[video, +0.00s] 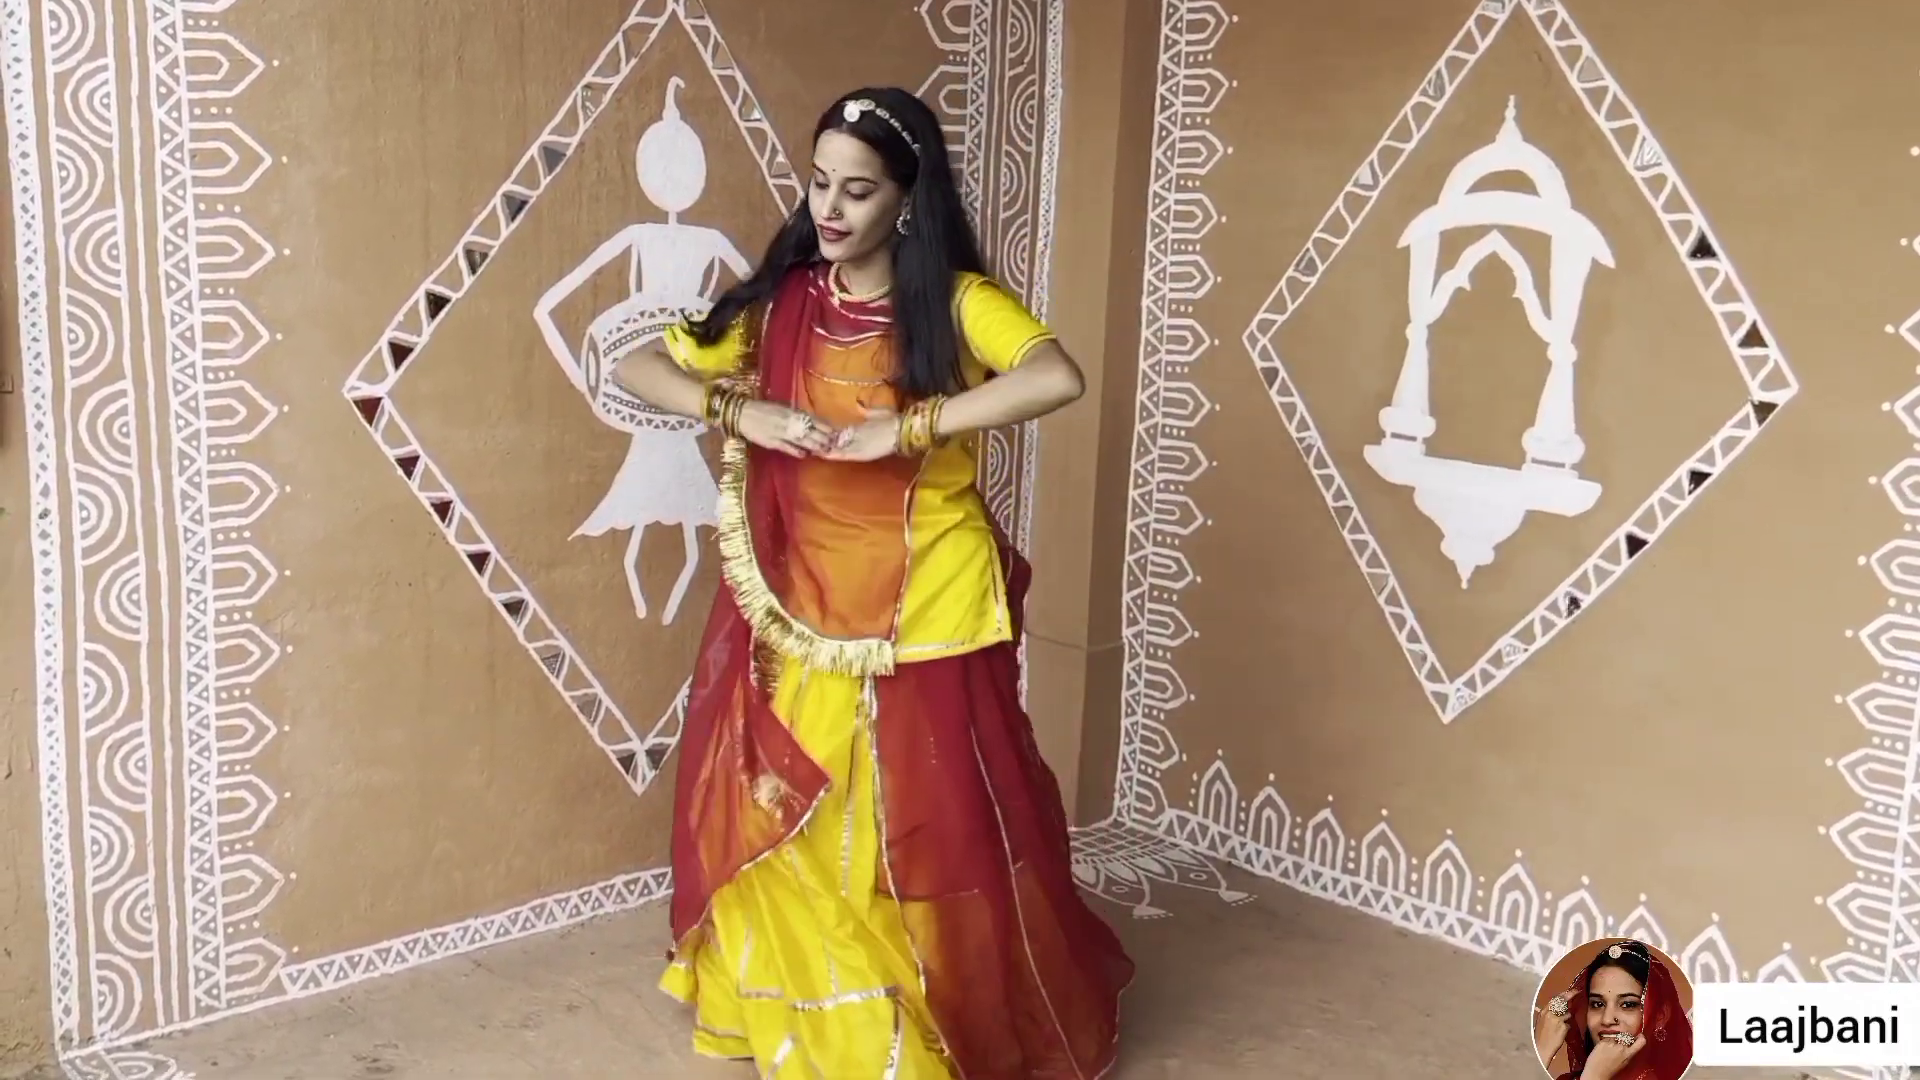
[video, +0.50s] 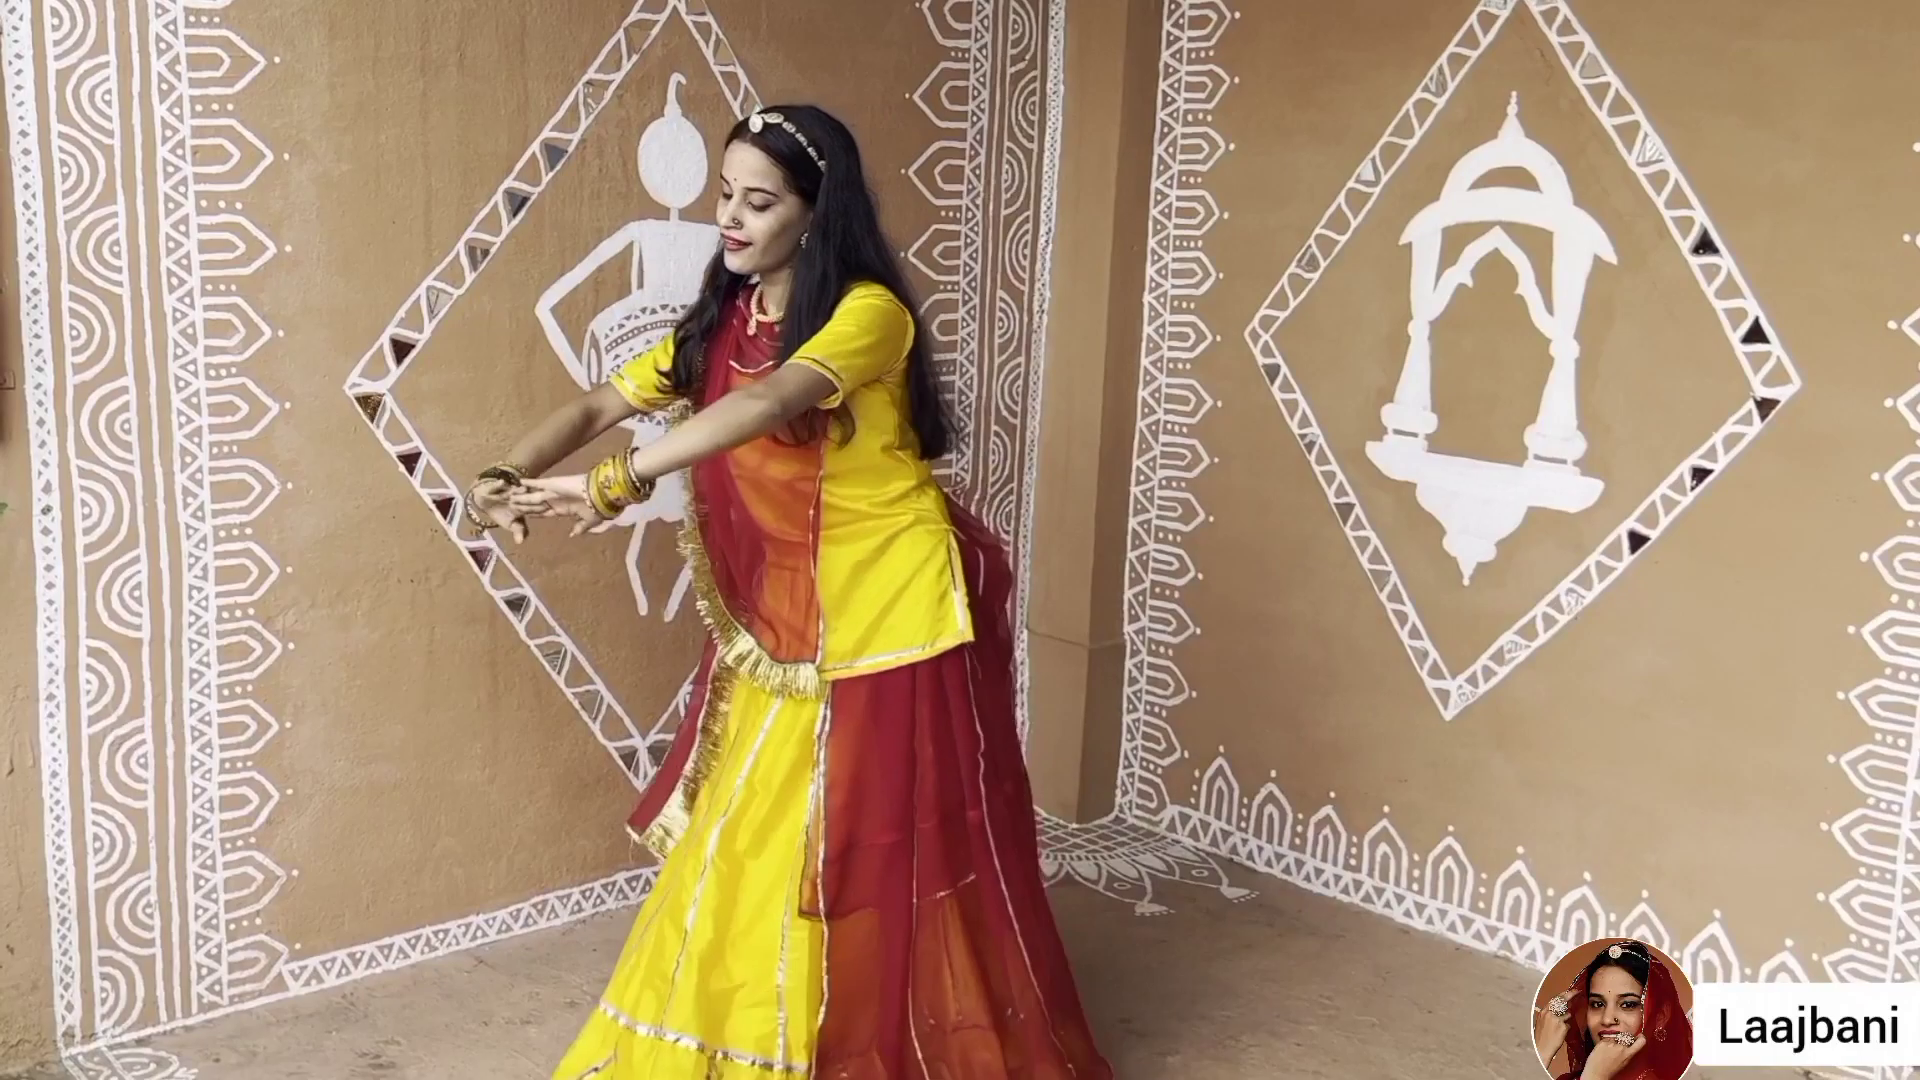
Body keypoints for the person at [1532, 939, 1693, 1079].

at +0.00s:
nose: (1608, 1019)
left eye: (1628, 1005)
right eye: (1597, 1004)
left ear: (1658, 1014)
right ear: (1586, 1011)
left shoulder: (1667, 1075)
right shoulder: (1567, 1078)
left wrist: (1595, 1075)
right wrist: (1539, 1055)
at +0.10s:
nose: (1608, 1019)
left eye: (1628, 1005)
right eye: (1597, 1004)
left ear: (1658, 1014)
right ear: (1585, 1011)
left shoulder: (1667, 1075)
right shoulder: (1567, 1078)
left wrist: (1595, 1075)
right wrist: (1539, 1055)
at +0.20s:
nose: (1608, 1019)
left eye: (1628, 1005)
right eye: (1597, 1004)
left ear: (1658, 1014)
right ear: (1585, 1011)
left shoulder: (1667, 1075)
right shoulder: (1567, 1078)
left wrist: (1595, 1075)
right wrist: (1539, 1055)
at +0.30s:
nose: (1608, 1019)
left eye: (1628, 1005)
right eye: (1597, 1004)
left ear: (1659, 1014)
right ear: (1586, 1011)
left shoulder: (1668, 1075)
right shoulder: (1567, 1077)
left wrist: (1595, 1075)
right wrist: (1539, 1055)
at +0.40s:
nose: (1608, 1019)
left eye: (1628, 1005)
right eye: (1597, 1004)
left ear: (1659, 1014)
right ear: (1586, 1011)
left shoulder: (1667, 1075)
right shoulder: (1567, 1077)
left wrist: (1596, 1075)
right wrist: (1539, 1055)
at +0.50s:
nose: (1608, 1019)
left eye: (1628, 1005)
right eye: (1597, 1004)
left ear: (1658, 1014)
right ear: (1586, 1010)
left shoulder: (1664, 1075)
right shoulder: (1569, 1077)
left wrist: (1595, 1075)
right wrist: (1539, 1055)